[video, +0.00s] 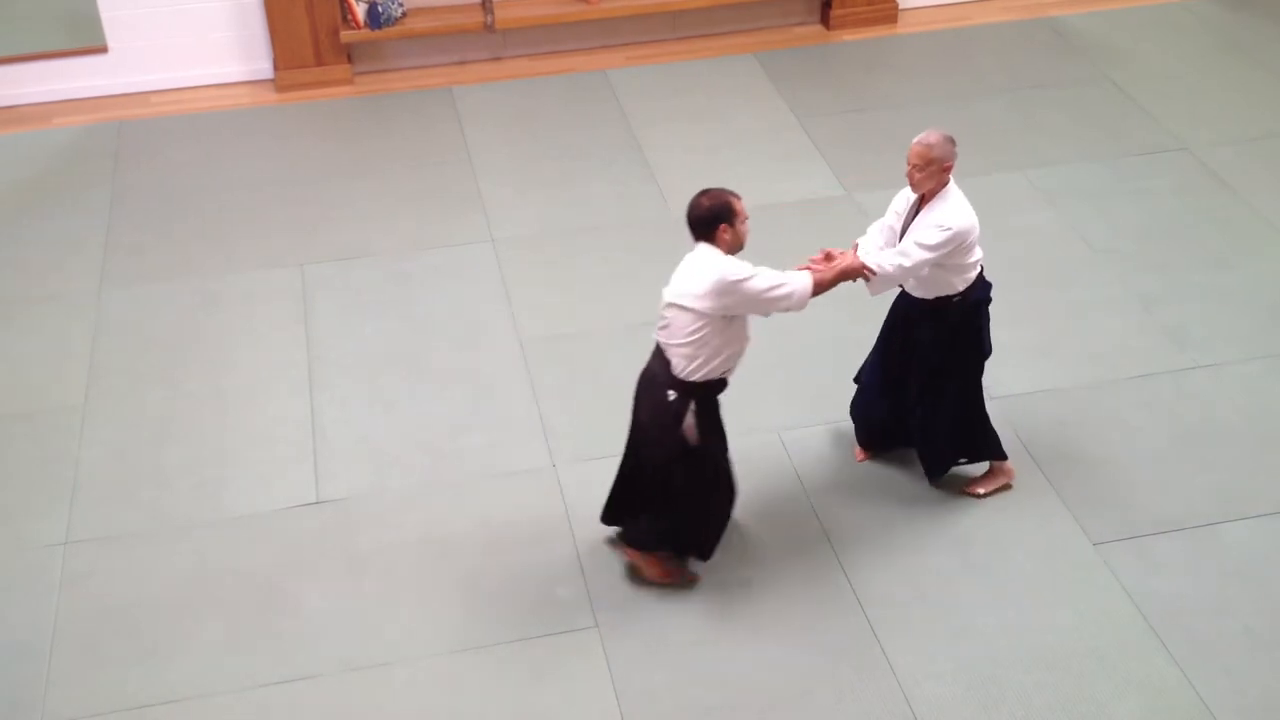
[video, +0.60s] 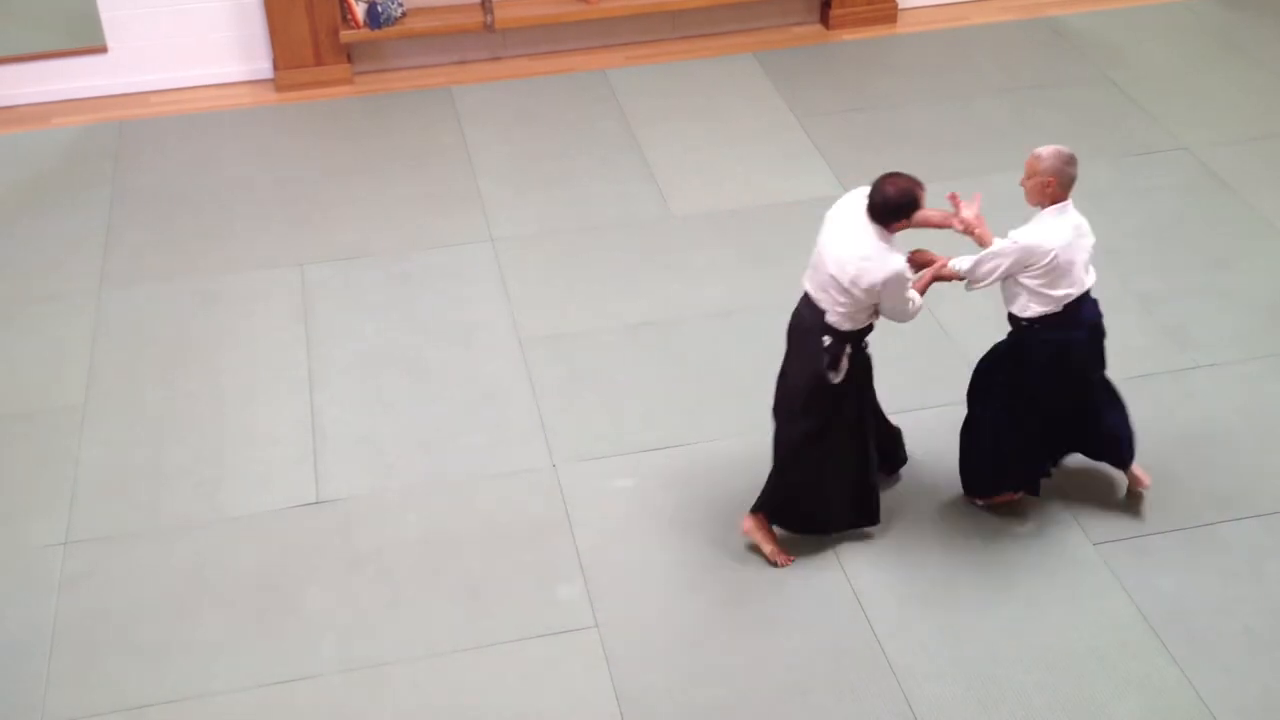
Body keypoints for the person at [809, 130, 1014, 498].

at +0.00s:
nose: (910, 174)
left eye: (919, 169)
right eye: (909, 166)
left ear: (946, 170)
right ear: (908, 162)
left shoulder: (955, 219)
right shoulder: (910, 195)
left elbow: (904, 261)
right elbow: (883, 232)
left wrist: (847, 269)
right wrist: (851, 256)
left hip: (956, 309)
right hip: (914, 301)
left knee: (959, 389)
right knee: (881, 373)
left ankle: (999, 466)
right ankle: (879, 434)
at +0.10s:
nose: (923, 178)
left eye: (932, 173)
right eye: (923, 170)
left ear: (960, 176)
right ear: (924, 165)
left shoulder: (968, 225)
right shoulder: (930, 198)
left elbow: (914, 265)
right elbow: (901, 238)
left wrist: (860, 271)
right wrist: (869, 253)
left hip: (966, 316)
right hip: (925, 304)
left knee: (962, 400)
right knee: (888, 372)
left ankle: (1004, 478)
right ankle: (882, 437)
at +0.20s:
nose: (940, 184)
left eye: (949, 179)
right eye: (941, 176)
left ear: (978, 183)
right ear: (969, 181)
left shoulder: (986, 231)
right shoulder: (955, 206)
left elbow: (934, 272)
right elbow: (924, 249)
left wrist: (866, 283)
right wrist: (889, 258)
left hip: (990, 321)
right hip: (952, 309)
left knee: (973, 403)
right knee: (903, 368)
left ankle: (1005, 481)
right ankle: (886, 431)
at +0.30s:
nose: (959, 188)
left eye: (968, 183)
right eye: (960, 180)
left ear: (996, 186)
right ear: (989, 185)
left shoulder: (1000, 237)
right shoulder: (979, 211)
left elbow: (947, 280)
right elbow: (945, 259)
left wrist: (885, 295)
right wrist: (906, 255)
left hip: (1014, 328)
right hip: (985, 316)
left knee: (993, 407)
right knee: (941, 367)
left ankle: (1003, 481)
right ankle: (939, 431)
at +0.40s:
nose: (977, 189)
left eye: (985, 184)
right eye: (979, 181)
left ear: (1013, 190)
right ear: (1012, 189)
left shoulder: (1013, 242)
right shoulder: (1007, 213)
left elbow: (956, 284)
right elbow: (968, 260)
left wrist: (896, 294)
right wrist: (928, 246)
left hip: (1026, 336)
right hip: (1008, 323)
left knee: (989, 410)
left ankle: (1002, 483)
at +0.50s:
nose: (999, 187)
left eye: (1006, 181)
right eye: (1001, 179)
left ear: (1031, 189)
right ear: (1033, 188)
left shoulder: (1020, 241)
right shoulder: (1049, 219)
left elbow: (966, 277)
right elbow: (995, 259)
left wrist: (917, 280)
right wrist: (952, 239)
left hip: (1030, 339)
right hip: (1059, 324)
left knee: (986, 396)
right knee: (1042, 399)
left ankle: (1005, 485)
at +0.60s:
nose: (1021, 182)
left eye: (1027, 176)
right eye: (1024, 174)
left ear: (1048, 186)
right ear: (1058, 186)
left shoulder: (1032, 240)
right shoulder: (1075, 222)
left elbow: (980, 270)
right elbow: (1015, 259)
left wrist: (936, 266)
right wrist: (979, 231)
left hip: (1042, 341)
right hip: (1084, 329)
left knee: (988, 387)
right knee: (1090, 397)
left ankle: (1004, 483)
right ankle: (1128, 466)